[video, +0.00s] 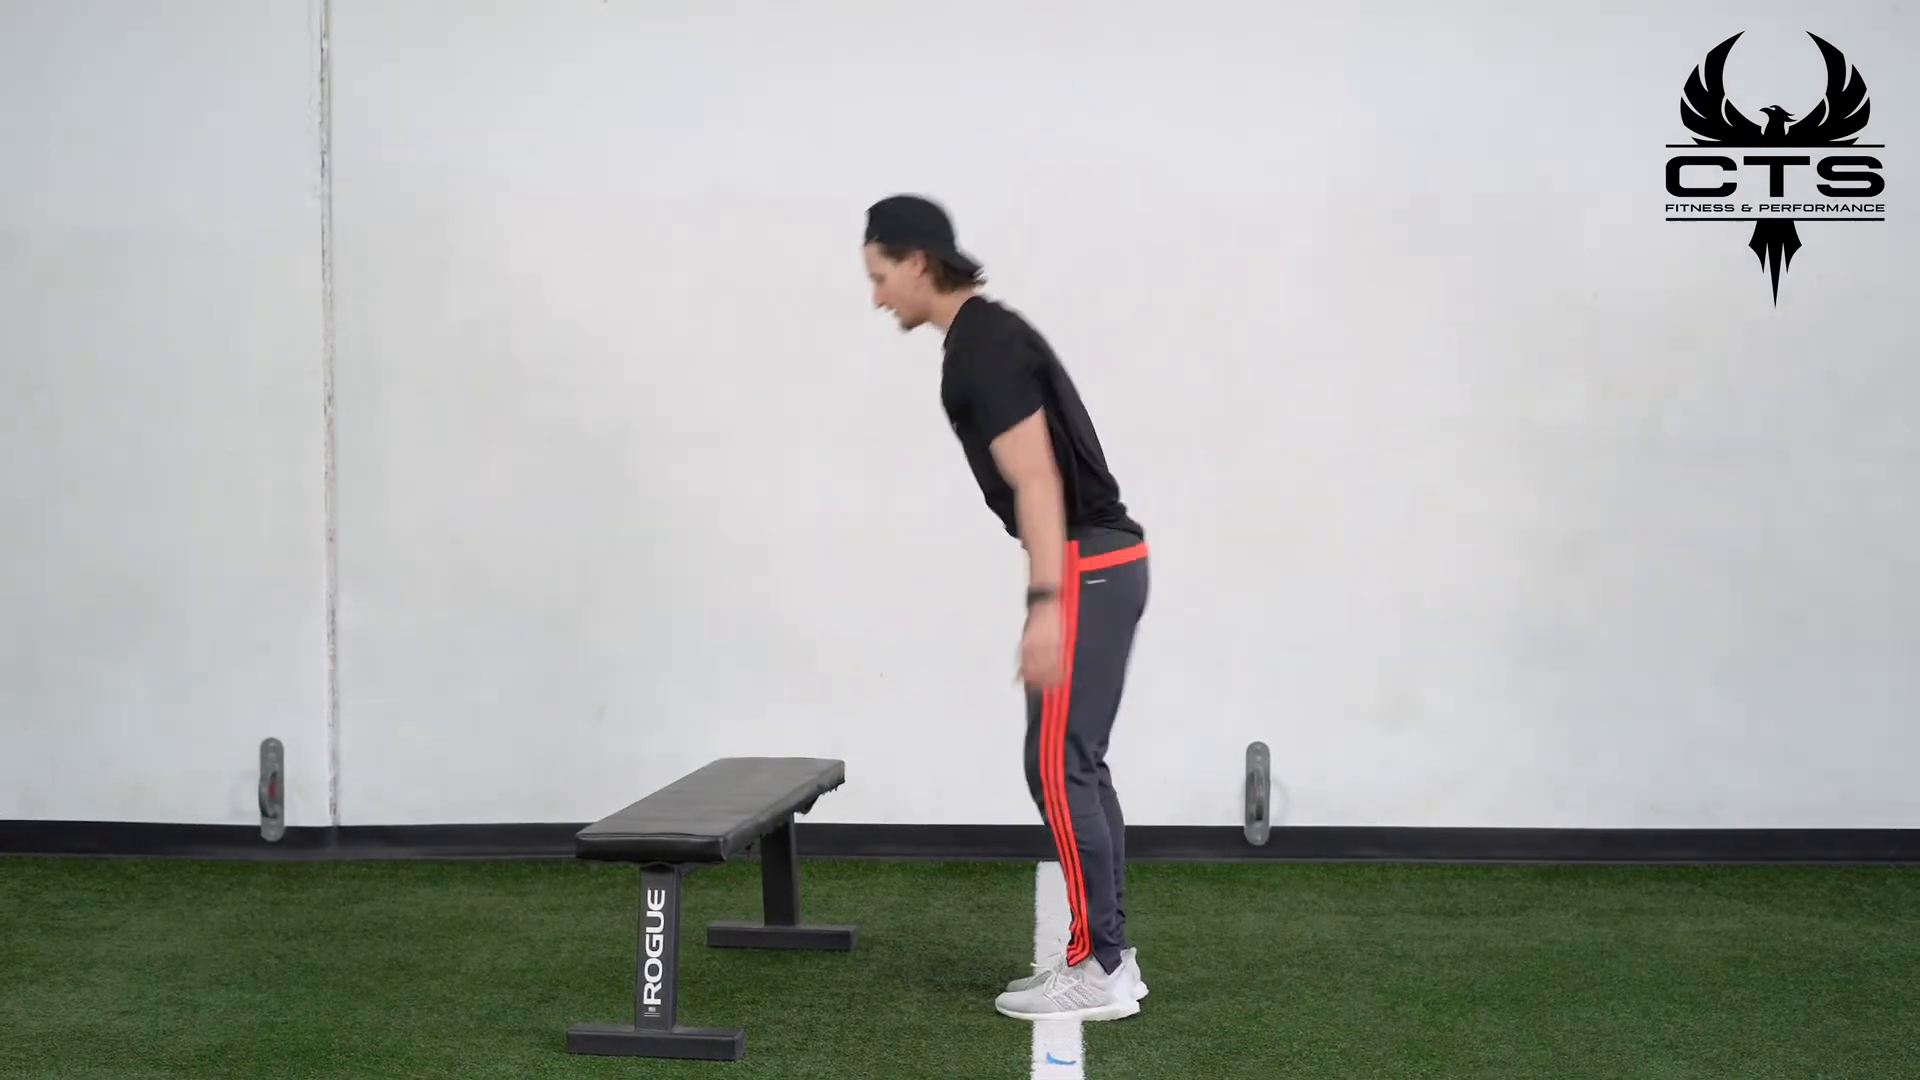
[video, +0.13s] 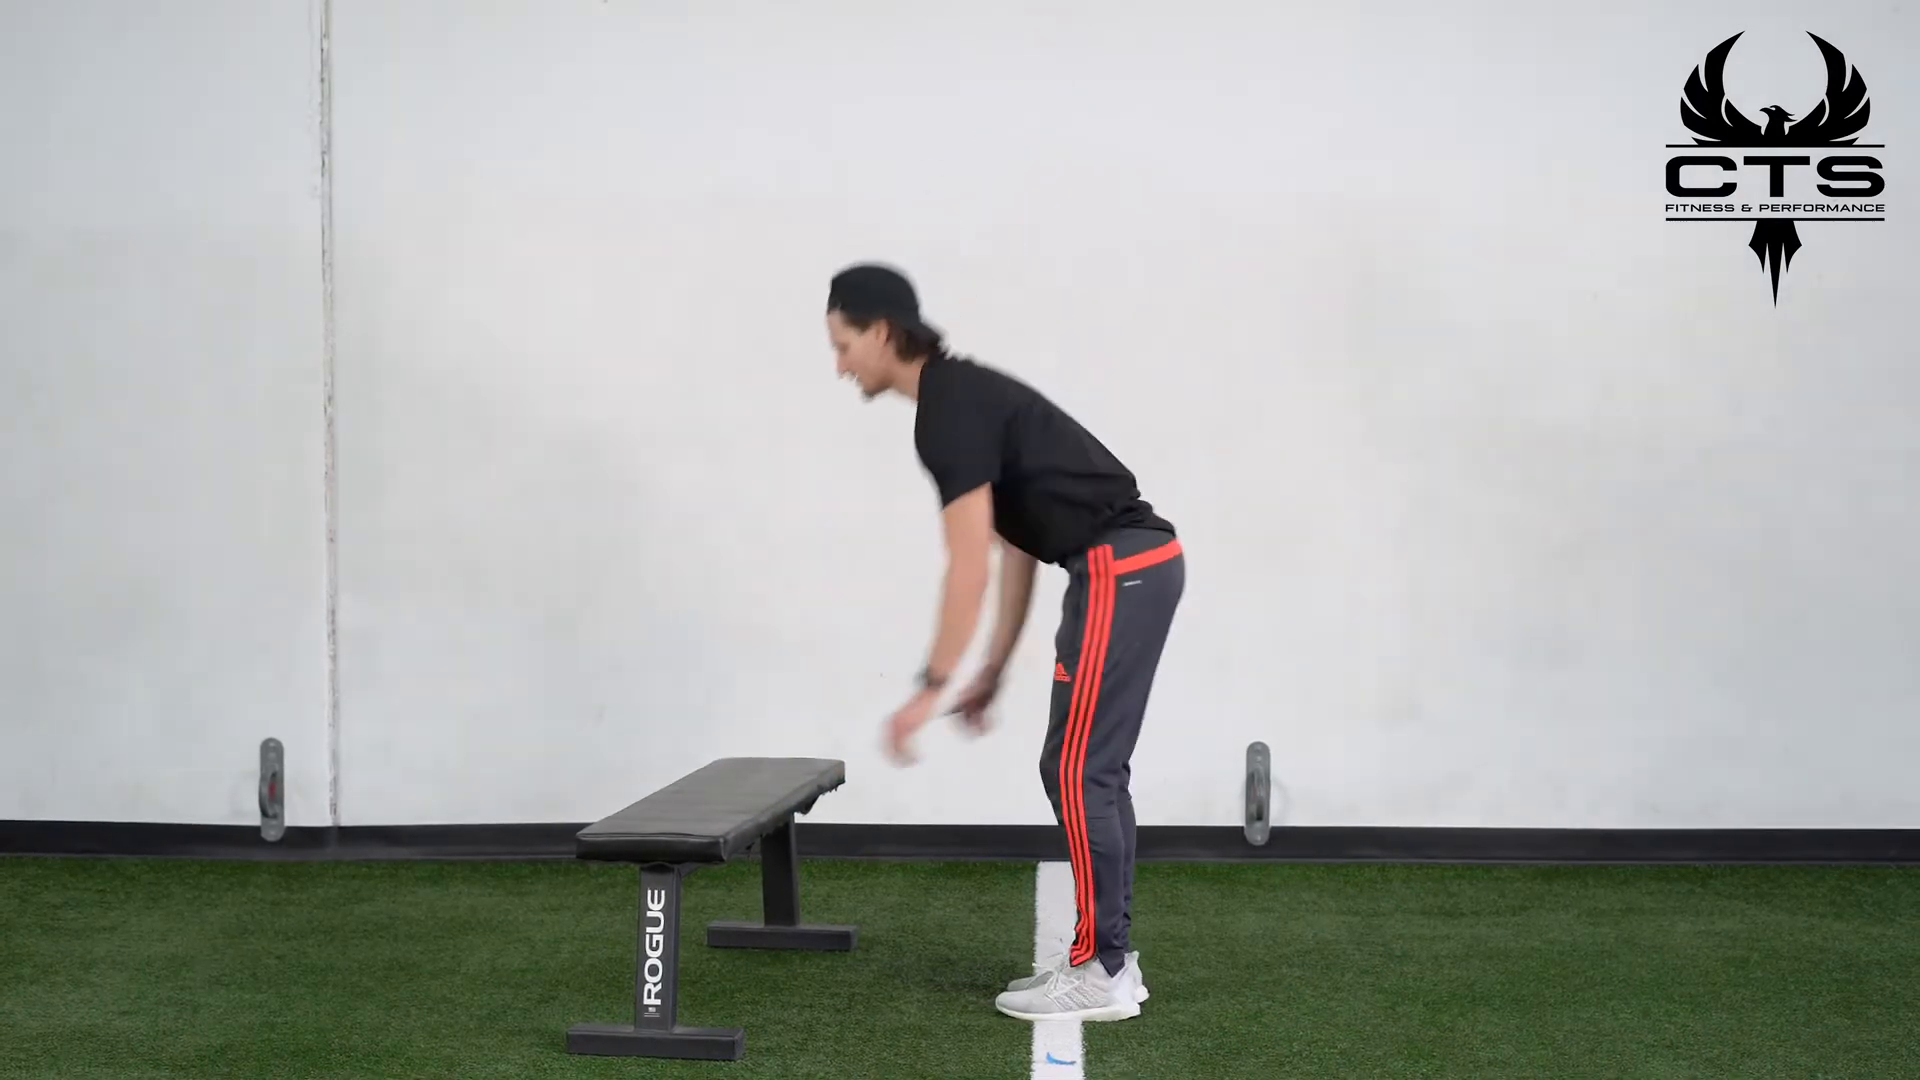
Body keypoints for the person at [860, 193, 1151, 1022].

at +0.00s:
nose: (874, 294)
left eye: (877, 275)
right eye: (871, 278)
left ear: (919, 262)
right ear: (917, 264)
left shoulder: (983, 346)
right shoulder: (978, 339)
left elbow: (1038, 479)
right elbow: (1042, 477)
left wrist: (1043, 603)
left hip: (1088, 568)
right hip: (1086, 565)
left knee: (1058, 765)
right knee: (1073, 762)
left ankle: (1102, 966)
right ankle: (1101, 954)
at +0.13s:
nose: (838, 361)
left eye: (841, 341)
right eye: (834, 344)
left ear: (887, 330)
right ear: (894, 333)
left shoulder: (949, 405)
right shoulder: (967, 391)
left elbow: (969, 558)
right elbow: (1017, 547)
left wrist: (932, 685)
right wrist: (991, 670)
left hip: (1123, 566)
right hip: (1118, 564)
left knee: (1077, 767)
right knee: (1081, 766)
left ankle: (1105, 969)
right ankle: (1102, 958)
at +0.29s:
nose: (818, 458)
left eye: (821, 440)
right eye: (813, 443)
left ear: (861, 425)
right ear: (873, 424)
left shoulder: (927, 483)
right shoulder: (952, 476)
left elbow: (875, 643)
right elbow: (925, 635)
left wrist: (794, 738)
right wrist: (846, 726)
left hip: (1139, 574)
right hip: (1148, 569)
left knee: (1064, 768)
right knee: (1089, 770)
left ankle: (1103, 968)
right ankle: (1103, 960)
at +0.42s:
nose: (803, 502)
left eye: (805, 482)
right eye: (798, 484)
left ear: (842, 467)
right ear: (850, 467)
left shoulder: (910, 517)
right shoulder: (930, 511)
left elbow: (849, 670)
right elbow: (883, 669)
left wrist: (770, 775)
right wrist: (803, 761)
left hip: (1137, 570)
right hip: (1145, 566)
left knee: (1051, 760)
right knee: (1082, 764)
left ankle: (1136, 945)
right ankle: (1114, 946)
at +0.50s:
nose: (784, 519)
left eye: (787, 501)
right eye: (780, 503)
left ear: (827, 484)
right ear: (828, 484)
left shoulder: (890, 531)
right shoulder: (911, 523)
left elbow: (851, 683)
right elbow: (886, 675)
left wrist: (779, 786)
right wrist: (813, 768)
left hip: (1122, 573)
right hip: (1123, 570)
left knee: (1072, 773)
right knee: (1076, 774)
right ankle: (1104, 959)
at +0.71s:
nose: (754, 520)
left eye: (757, 503)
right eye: (750, 505)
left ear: (798, 490)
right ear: (808, 487)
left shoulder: (861, 533)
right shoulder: (891, 529)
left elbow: (836, 682)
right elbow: (876, 679)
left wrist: (772, 789)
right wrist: (809, 769)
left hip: (1096, 589)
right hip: (1082, 599)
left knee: (1185, 780)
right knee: (1030, 767)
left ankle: (1344, 927)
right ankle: (1102, 954)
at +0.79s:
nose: (757, 523)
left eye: (760, 506)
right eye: (753, 508)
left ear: (801, 491)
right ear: (813, 489)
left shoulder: (863, 535)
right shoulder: (891, 535)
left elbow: (837, 687)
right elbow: (876, 682)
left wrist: (770, 792)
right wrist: (807, 769)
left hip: (1099, 592)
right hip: (1081, 605)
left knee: (1194, 780)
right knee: (1018, 757)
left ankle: (1346, 935)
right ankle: (1093, 938)